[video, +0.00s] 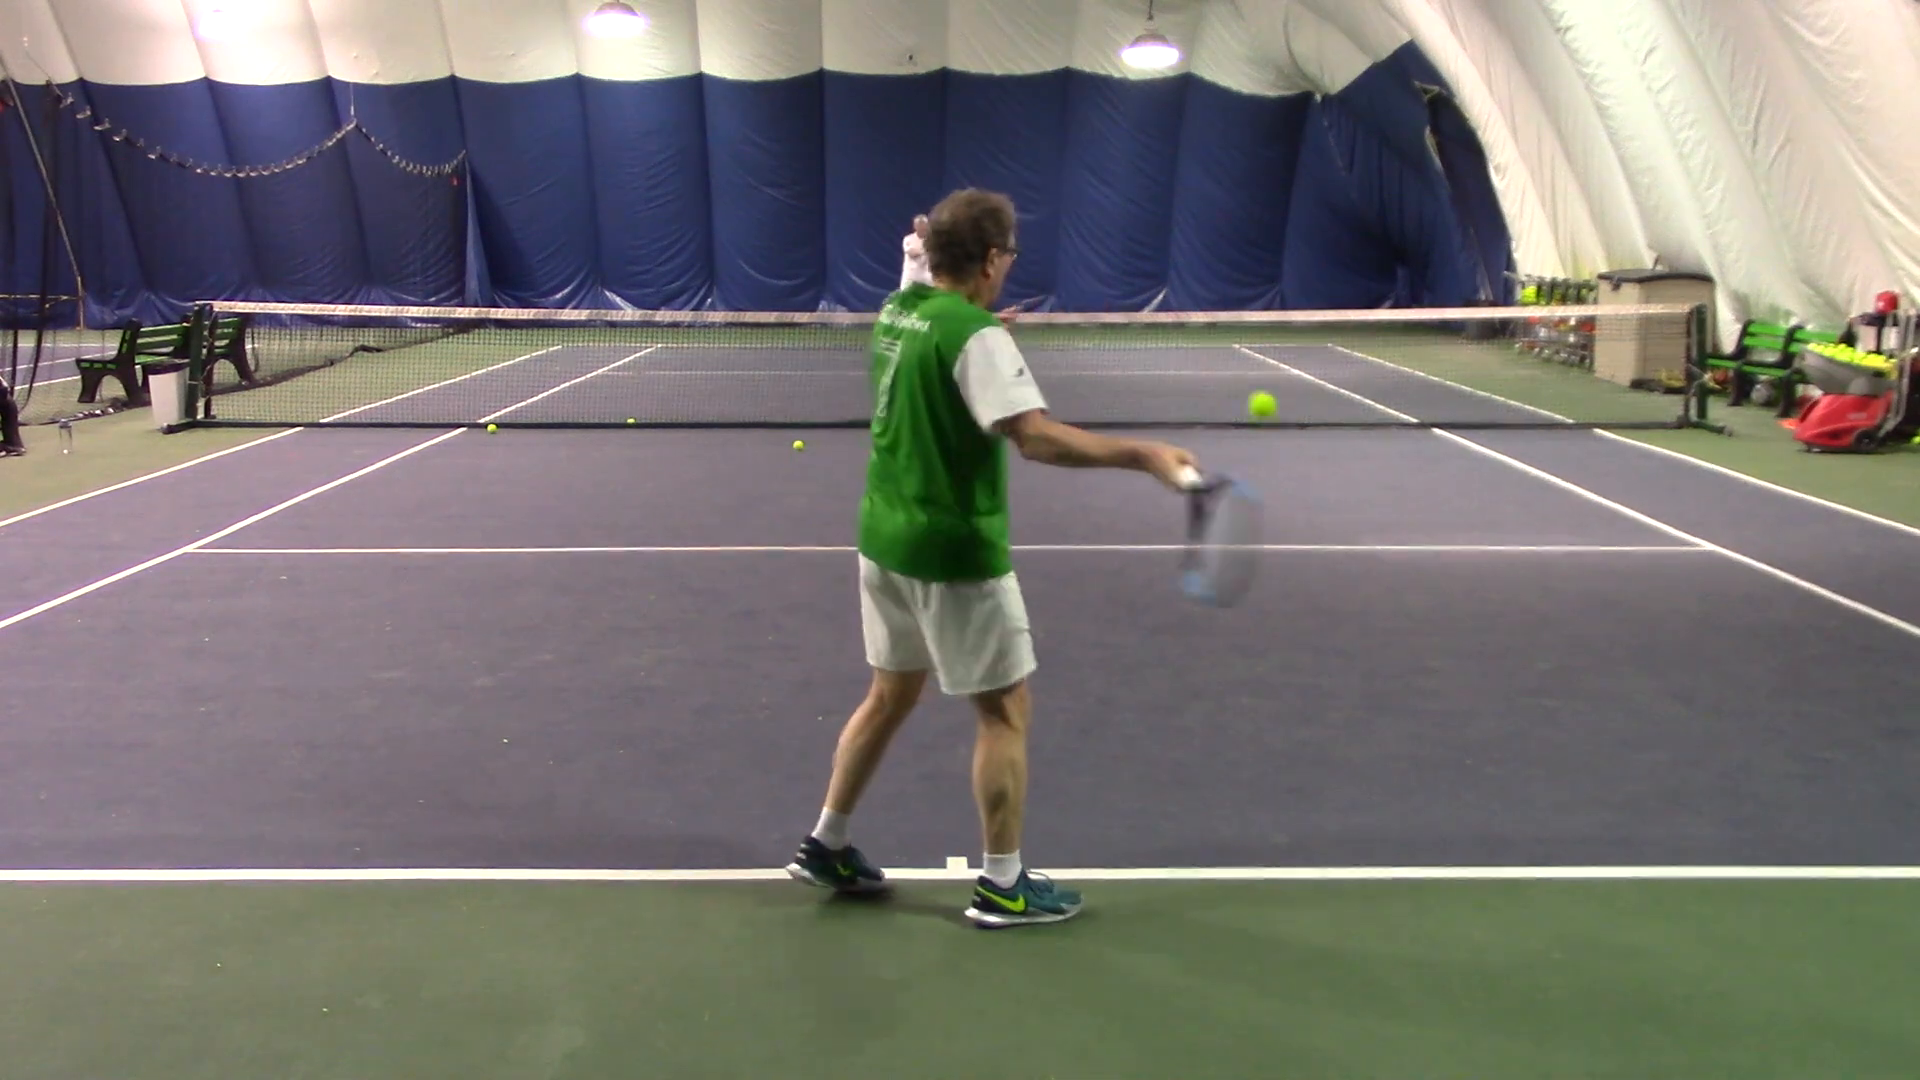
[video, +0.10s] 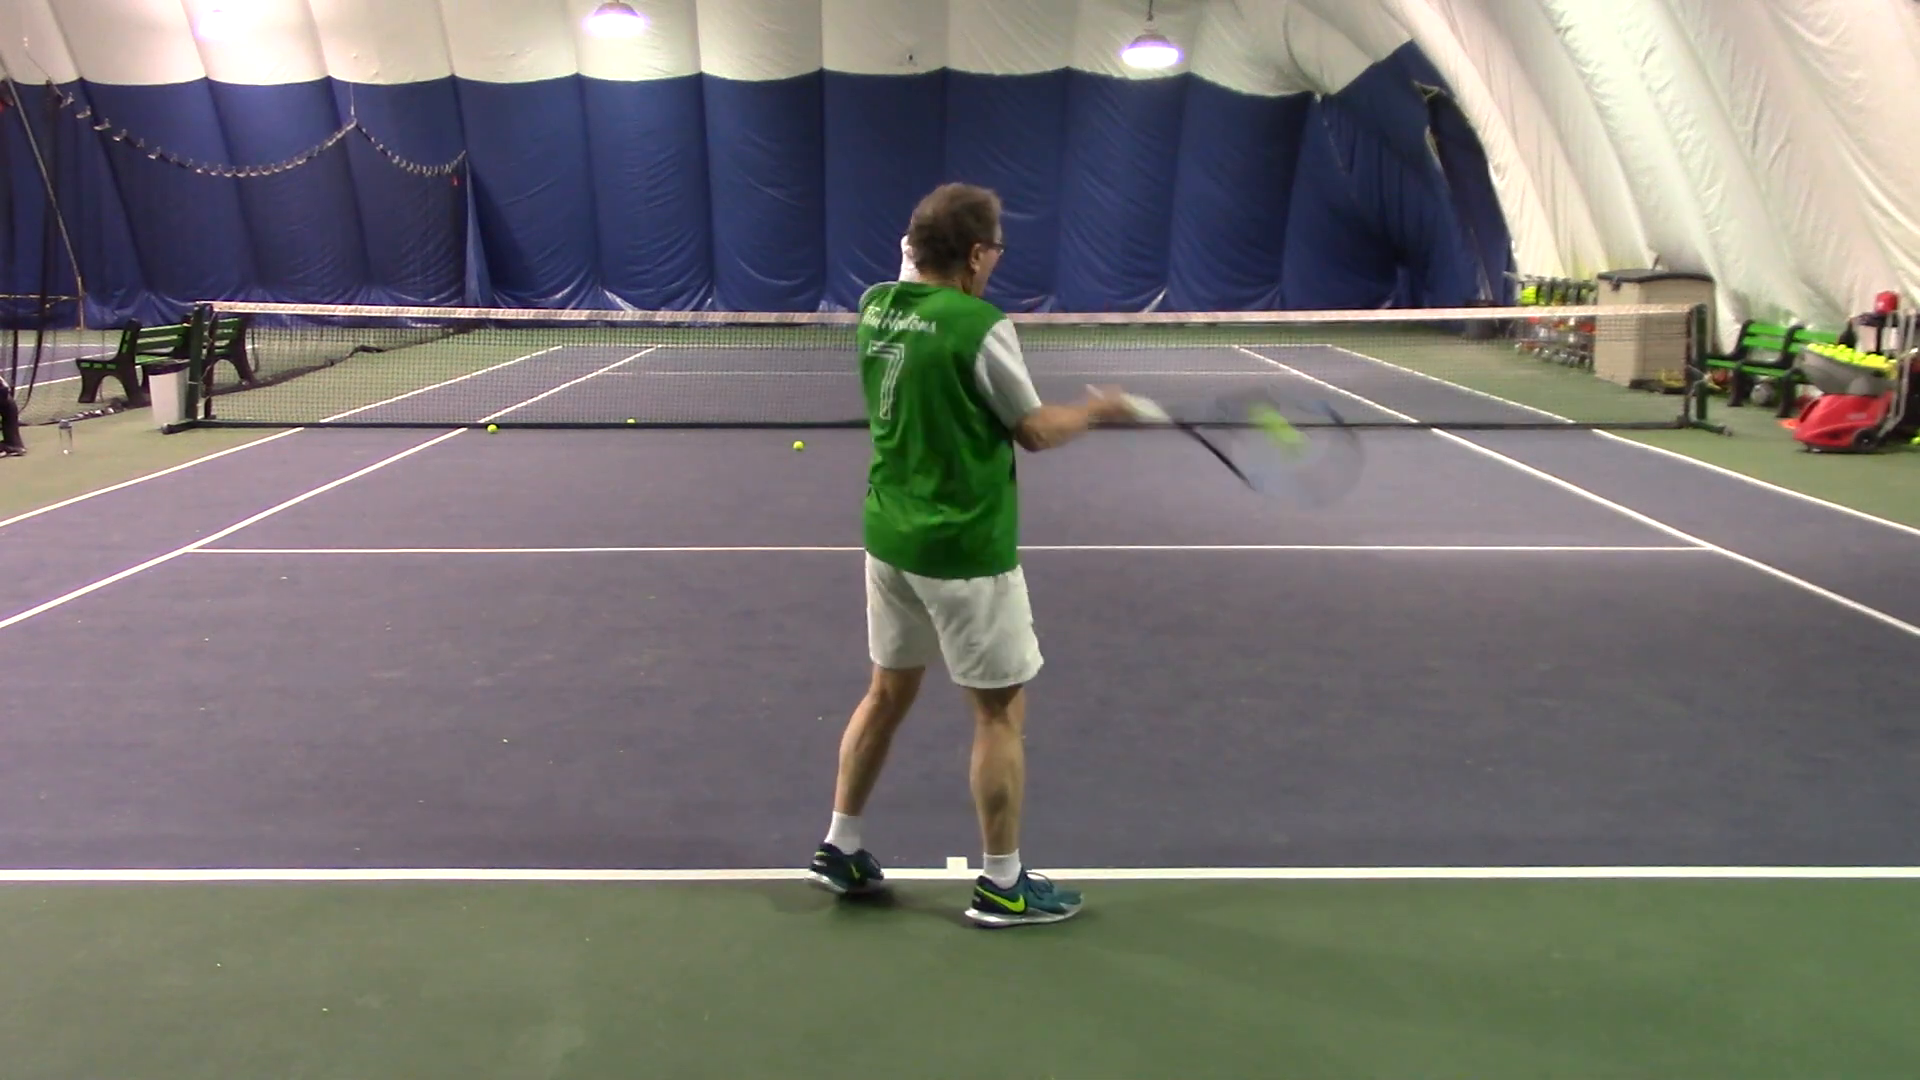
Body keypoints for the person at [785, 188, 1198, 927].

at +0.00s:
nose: (1010, 264)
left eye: (1009, 253)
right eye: (1008, 254)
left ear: (934, 257)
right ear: (989, 260)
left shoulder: (896, 313)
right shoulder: (974, 333)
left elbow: (915, 291)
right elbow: (1035, 437)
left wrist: (925, 264)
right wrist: (1145, 454)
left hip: (883, 538)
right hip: (958, 553)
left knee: (891, 689)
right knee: (1003, 711)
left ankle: (825, 843)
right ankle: (1002, 882)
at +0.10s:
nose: (997, 258)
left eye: (996, 246)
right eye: (994, 247)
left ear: (919, 248)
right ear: (973, 254)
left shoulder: (878, 306)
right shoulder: (980, 327)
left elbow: (912, 262)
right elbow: (1036, 429)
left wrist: (940, 257)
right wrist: (1095, 408)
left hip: (887, 539)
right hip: (967, 555)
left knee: (888, 690)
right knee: (999, 711)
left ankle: (839, 849)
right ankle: (1003, 881)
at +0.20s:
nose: (989, 260)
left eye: (987, 251)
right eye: (987, 252)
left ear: (907, 252)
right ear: (975, 262)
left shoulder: (863, 311)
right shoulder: (984, 324)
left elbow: (870, 294)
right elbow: (1031, 382)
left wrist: (927, 281)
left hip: (883, 540)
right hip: (967, 550)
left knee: (877, 702)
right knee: (997, 710)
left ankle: (842, 862)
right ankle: (1002, 882)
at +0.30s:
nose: (989, 266)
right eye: (985, 260)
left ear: (906, 259)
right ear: (973, 271)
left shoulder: (858, 321)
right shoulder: (986, 328)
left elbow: (820, 300)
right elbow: (986, 281)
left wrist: (902, 269)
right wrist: (921, 243)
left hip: (870, 543)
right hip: (958, 548)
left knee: (861, 711)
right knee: (991, 711)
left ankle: (839, 871)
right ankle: (1000, 882)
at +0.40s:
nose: (982, 260)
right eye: (980, 255)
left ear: (899, 258)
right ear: (967, 268)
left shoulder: (847, 323)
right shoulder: (979, 325)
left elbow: (793, 312)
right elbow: (933, 250)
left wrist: (811, 311)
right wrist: (848, 213)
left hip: (851, 547)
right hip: (944, 551)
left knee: (846, 714)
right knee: (979, 715)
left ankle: (836, 874)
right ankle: (1000, 882)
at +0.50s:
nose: (965, 265)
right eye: (966, 257)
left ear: (889, 257)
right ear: (958, 265)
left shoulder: (831, 323)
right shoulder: (968, 324)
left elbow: (763, 328)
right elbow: (908, 258)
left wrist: (776, 319)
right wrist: (815, 230)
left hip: (833, 551)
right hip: (927, 553)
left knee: (838, 714)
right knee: (964, 718)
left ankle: (835, 874)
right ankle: (997, 882)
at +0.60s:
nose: (953, 261)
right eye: (955, 254)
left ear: (877, 252)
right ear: (945, 263)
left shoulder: (819, 322)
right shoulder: (953, 323)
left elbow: (731, 352)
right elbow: (894, 271)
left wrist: (751, 328)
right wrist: (809, 246)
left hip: (823, 553)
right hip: (919, 552)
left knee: (833, 714)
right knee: (960, 710)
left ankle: (835, 875)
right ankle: (982, 883)